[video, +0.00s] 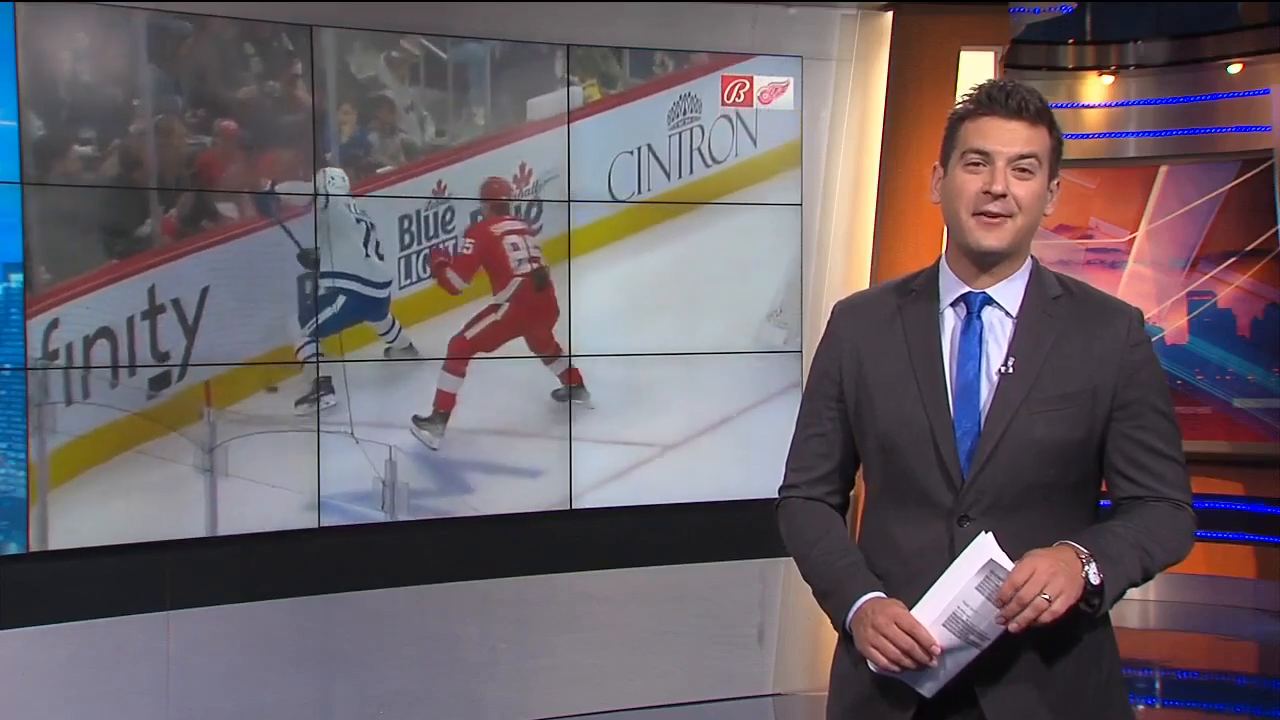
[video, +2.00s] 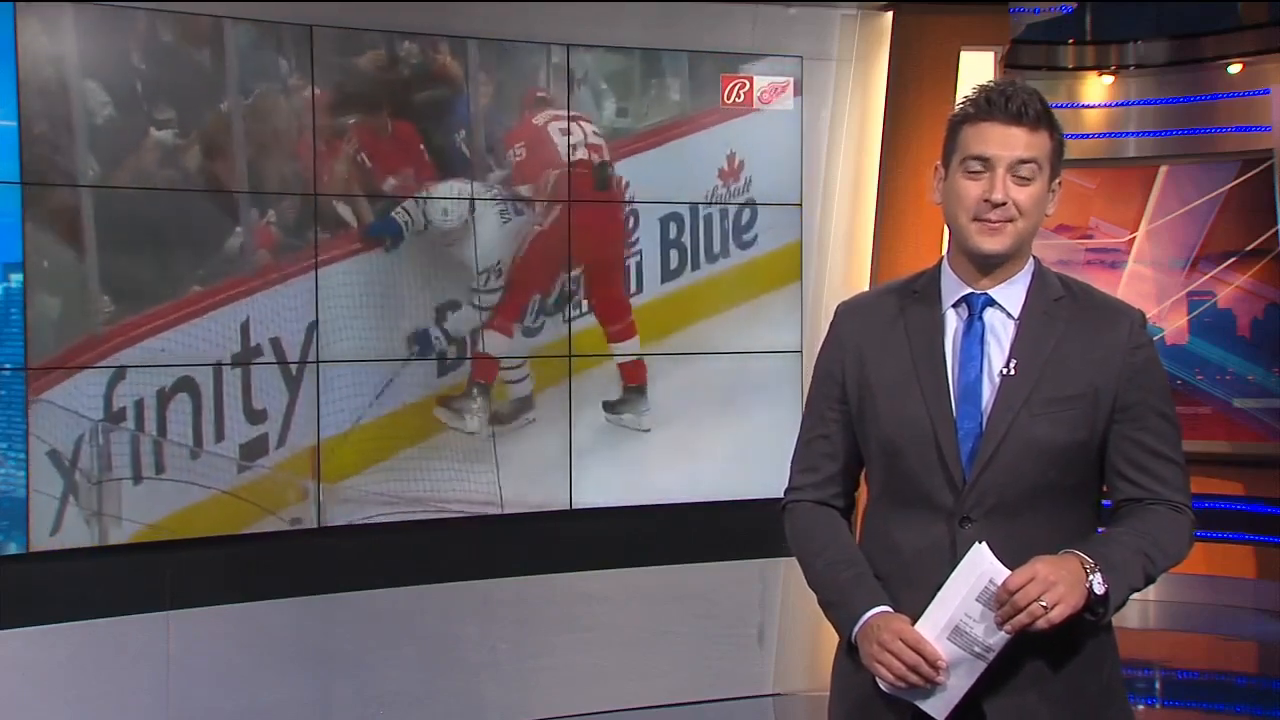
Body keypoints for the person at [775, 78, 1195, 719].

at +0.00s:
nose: (997, 186)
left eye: (1022, 169)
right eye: (975, 163)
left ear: (1050, 195)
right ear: (939, 183)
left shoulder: (1112, 334)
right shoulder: (858, 327)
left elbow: (1163, 510)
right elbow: (807, 497)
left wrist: (1084, 560)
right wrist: (859, 603)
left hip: (1048, 689)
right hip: (886, 687)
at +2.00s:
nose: (997, 193)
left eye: (1022, 175)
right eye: (976, 169)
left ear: (1050, 196)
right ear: (940, 185)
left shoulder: (1114, 336)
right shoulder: (862, 327)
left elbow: (1161, 510)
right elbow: (813, 500)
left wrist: (1089, 568)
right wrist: (866, 617)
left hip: (1051, 690)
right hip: (889, 688)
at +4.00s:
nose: (999, 196)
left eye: (1024, 176)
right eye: (976, 173)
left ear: (1053, 196)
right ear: (942, 190)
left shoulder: (1120, 336)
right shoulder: (869, 326)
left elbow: (1164, 510)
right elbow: (820, 497)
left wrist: (1094, 573)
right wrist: (873, 617)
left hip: (1056, 689)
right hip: (895, 685)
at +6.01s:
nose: (1003, 189)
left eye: (1029, 172)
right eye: (982, 165)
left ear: (1056, 196)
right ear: (945, 183)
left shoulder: (1118, 335)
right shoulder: (865, 325)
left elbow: (1166, 509)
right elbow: (813, 498)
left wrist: (1094, 572)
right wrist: (869, 619)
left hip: (1056, 692)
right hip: (892, 688)